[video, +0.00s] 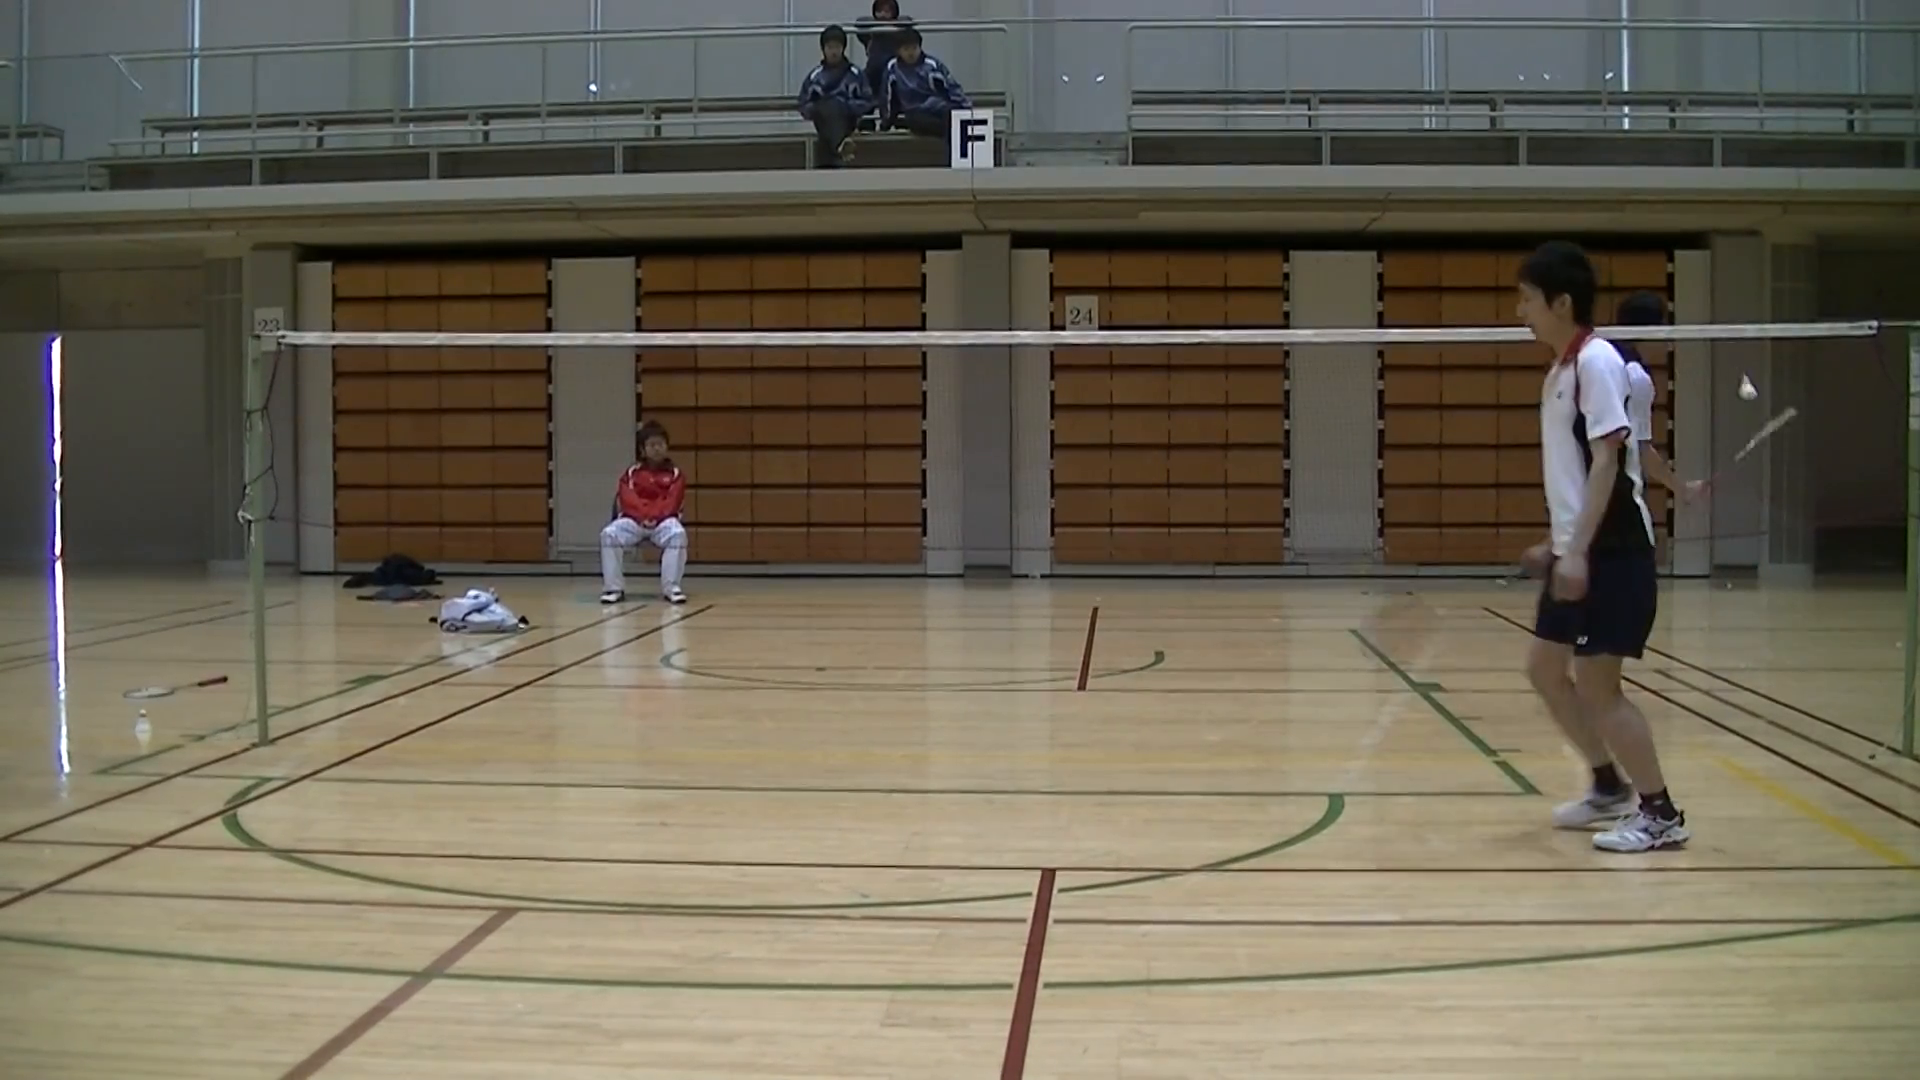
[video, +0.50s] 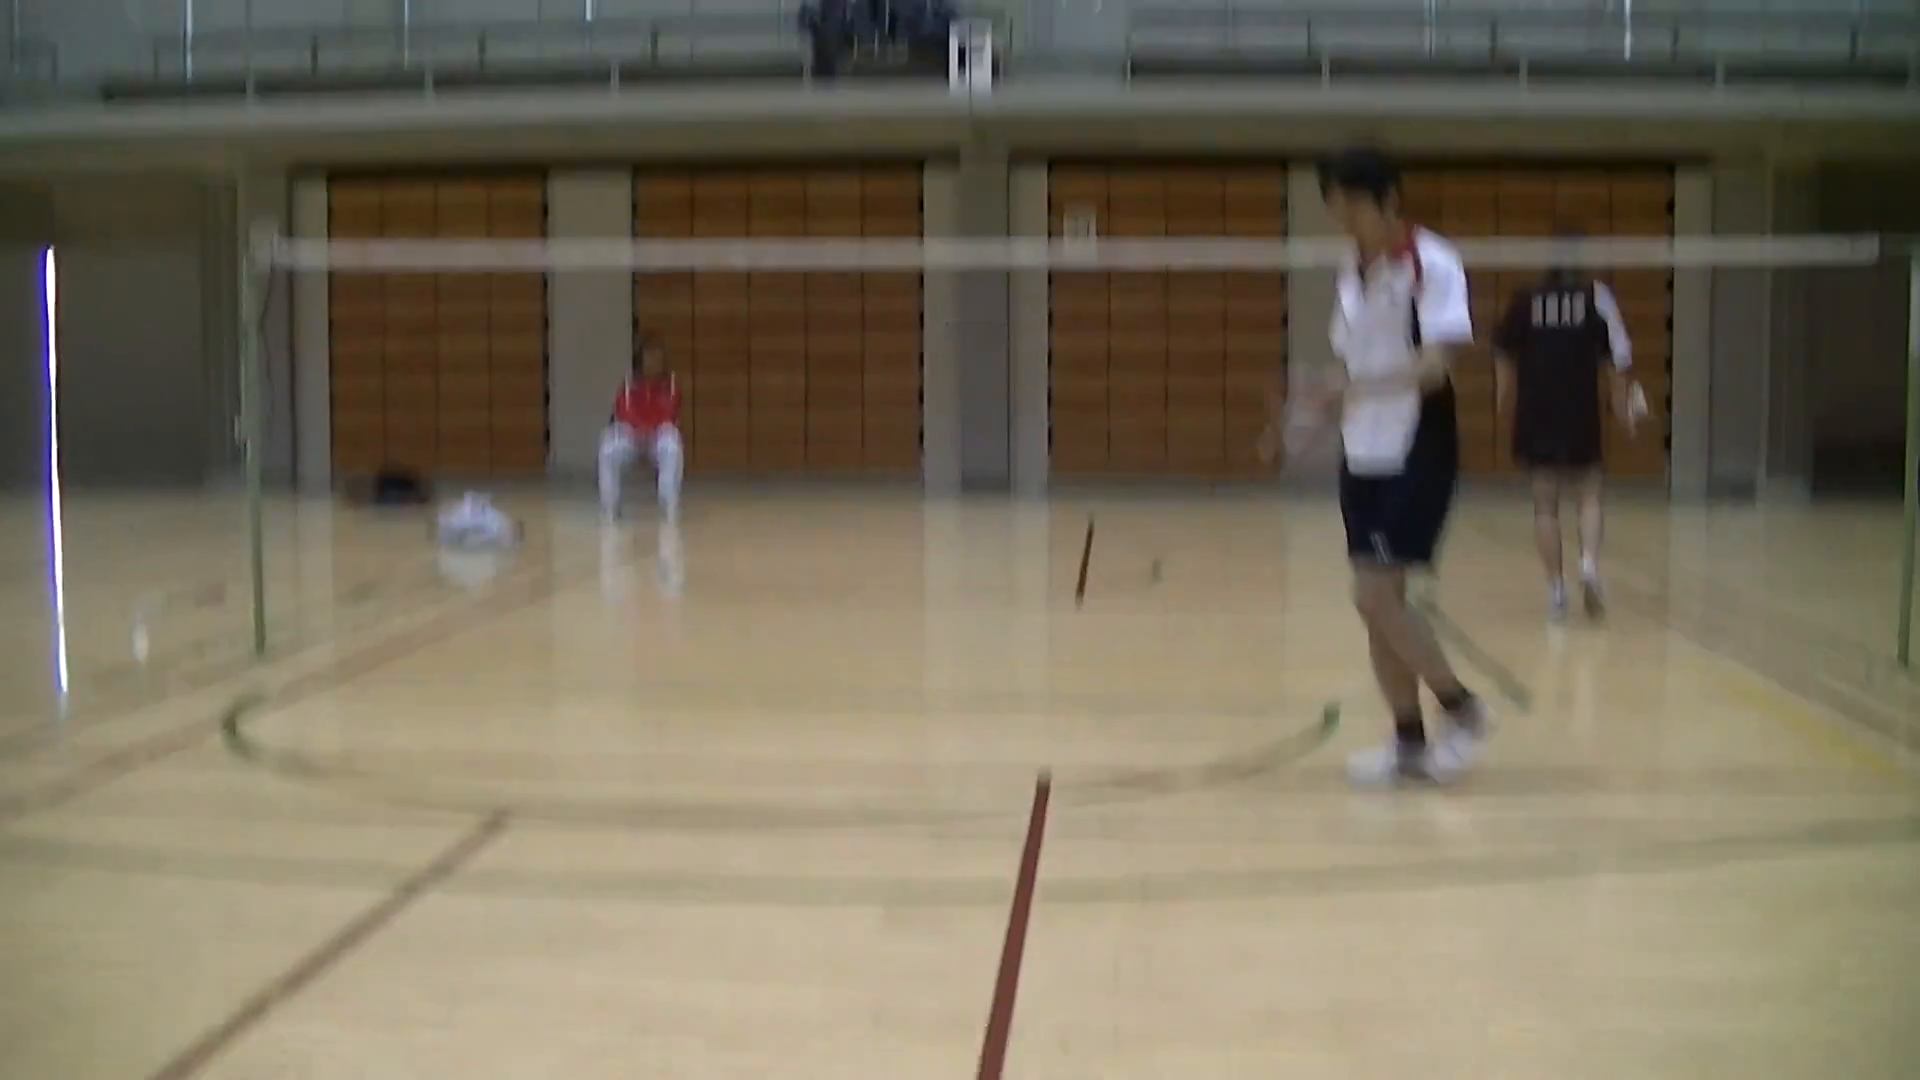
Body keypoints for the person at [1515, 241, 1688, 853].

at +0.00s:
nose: (1521, 311)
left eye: (1527, 298)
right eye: (1520, 299)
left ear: (1560, 300)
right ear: (1559, 302)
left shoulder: (1596, 362)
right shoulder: (1564, 367)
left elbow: (1608, 461)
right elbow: (1578, 467)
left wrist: (1579, 547)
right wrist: (1554, 542)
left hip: (1615, 546)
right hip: (1577, 545)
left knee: (1597, 685)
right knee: (1546, 666)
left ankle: (1660, 813)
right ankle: (1609, 787)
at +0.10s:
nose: (1495, 305)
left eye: (1503, 293)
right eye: (1494, 293)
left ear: (1539, 296)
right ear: (1528, 298)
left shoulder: (1579, 359)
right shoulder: (1525, 366)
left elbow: (1582, 466)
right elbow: (1533, 467)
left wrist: (1521, 534)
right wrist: (1502, 528)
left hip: (1590, 548)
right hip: (1539, 547)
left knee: (1601, 684)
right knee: (1499, 664)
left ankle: (1656, 807)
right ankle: (1528, 805)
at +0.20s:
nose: (1463, 308)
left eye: (1472, 296)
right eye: (1462, 296)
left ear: (1509, 299)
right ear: (1486, 300)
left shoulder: (1552, 365)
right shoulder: (1484, 372)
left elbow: (1543, 467)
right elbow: (1486, 465)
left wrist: (1466, 516)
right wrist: (1452, 521)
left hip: (1560, 551)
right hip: (1499, 549)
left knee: (1595, 678)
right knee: (1457, 671)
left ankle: (1652, 802)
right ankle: (1443, 813)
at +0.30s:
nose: (1422, 308)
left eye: (1431, 295)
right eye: (1421, 296)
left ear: (1471, 297)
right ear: (1452, 300)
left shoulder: (1516, 363)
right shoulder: (1440, 373)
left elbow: (1505, 458)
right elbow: (1448, 466)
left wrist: (1423, 496)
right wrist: (1410, 519)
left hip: (1517, 556)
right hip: (1451, 554)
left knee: (1551, 684)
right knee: (1422, 677)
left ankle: (1636, 783)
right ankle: (1421, 825)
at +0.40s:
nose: (1383, 301)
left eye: (1393, 289)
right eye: (1378, 290)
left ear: (1432, 285)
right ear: (1381, 292)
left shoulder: (1475, 350)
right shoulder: (1397, 359)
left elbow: (1465, 446)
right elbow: (1392, 449)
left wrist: (1383, 479)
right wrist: (1362, 505)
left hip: (1460, 543)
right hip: (1402, 541)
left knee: (1464, 693)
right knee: (1395, 675)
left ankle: (1569, 757)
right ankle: (1416, 821)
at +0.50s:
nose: (1348, 223)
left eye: (1355, 208)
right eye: (1340, 211)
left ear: (1388, 200)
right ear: (1337, 211)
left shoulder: (1435, 264)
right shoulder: (1350, 273)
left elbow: (1442, 360)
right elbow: (1346, 368)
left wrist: (1356, 388)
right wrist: (1307, 416)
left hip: (1418, 439)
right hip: (1362, 440)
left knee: (1377, 590)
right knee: (1374, 596)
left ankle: (1462, 710)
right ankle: (1410, 741)